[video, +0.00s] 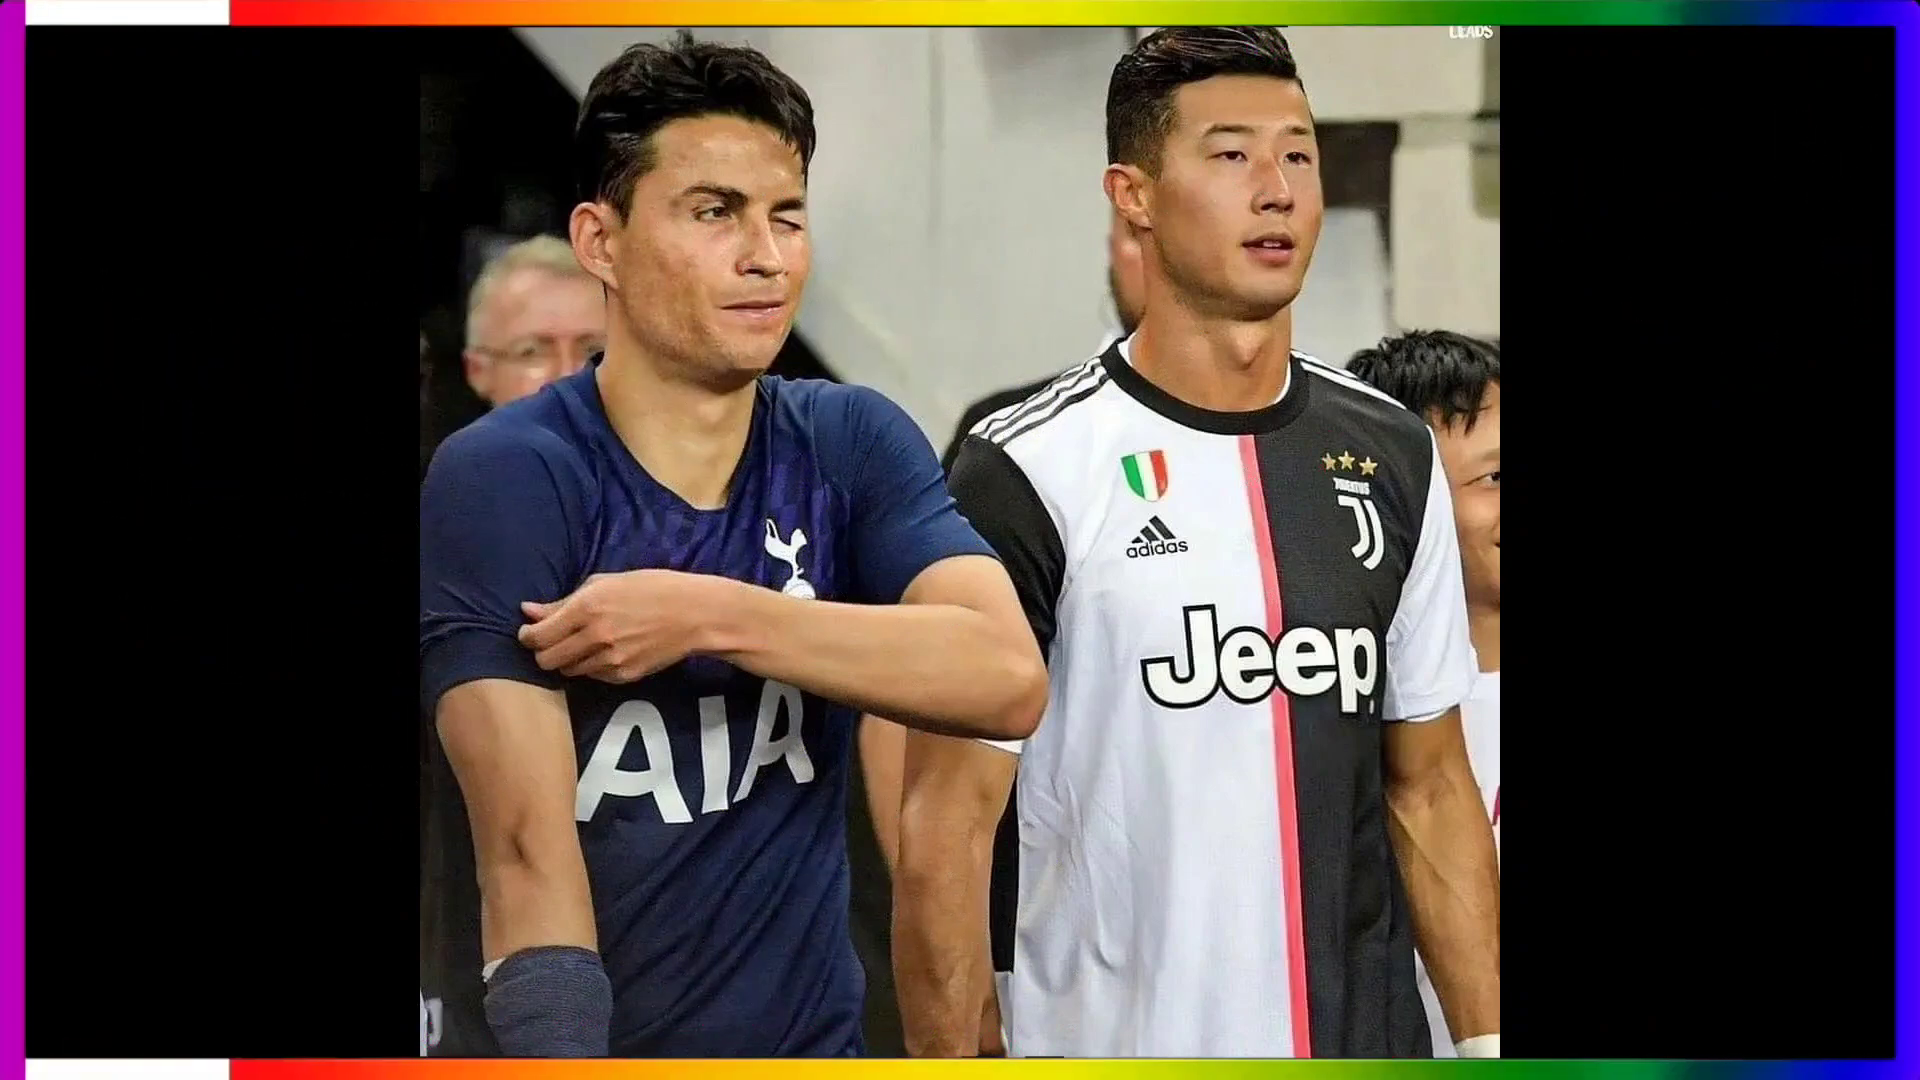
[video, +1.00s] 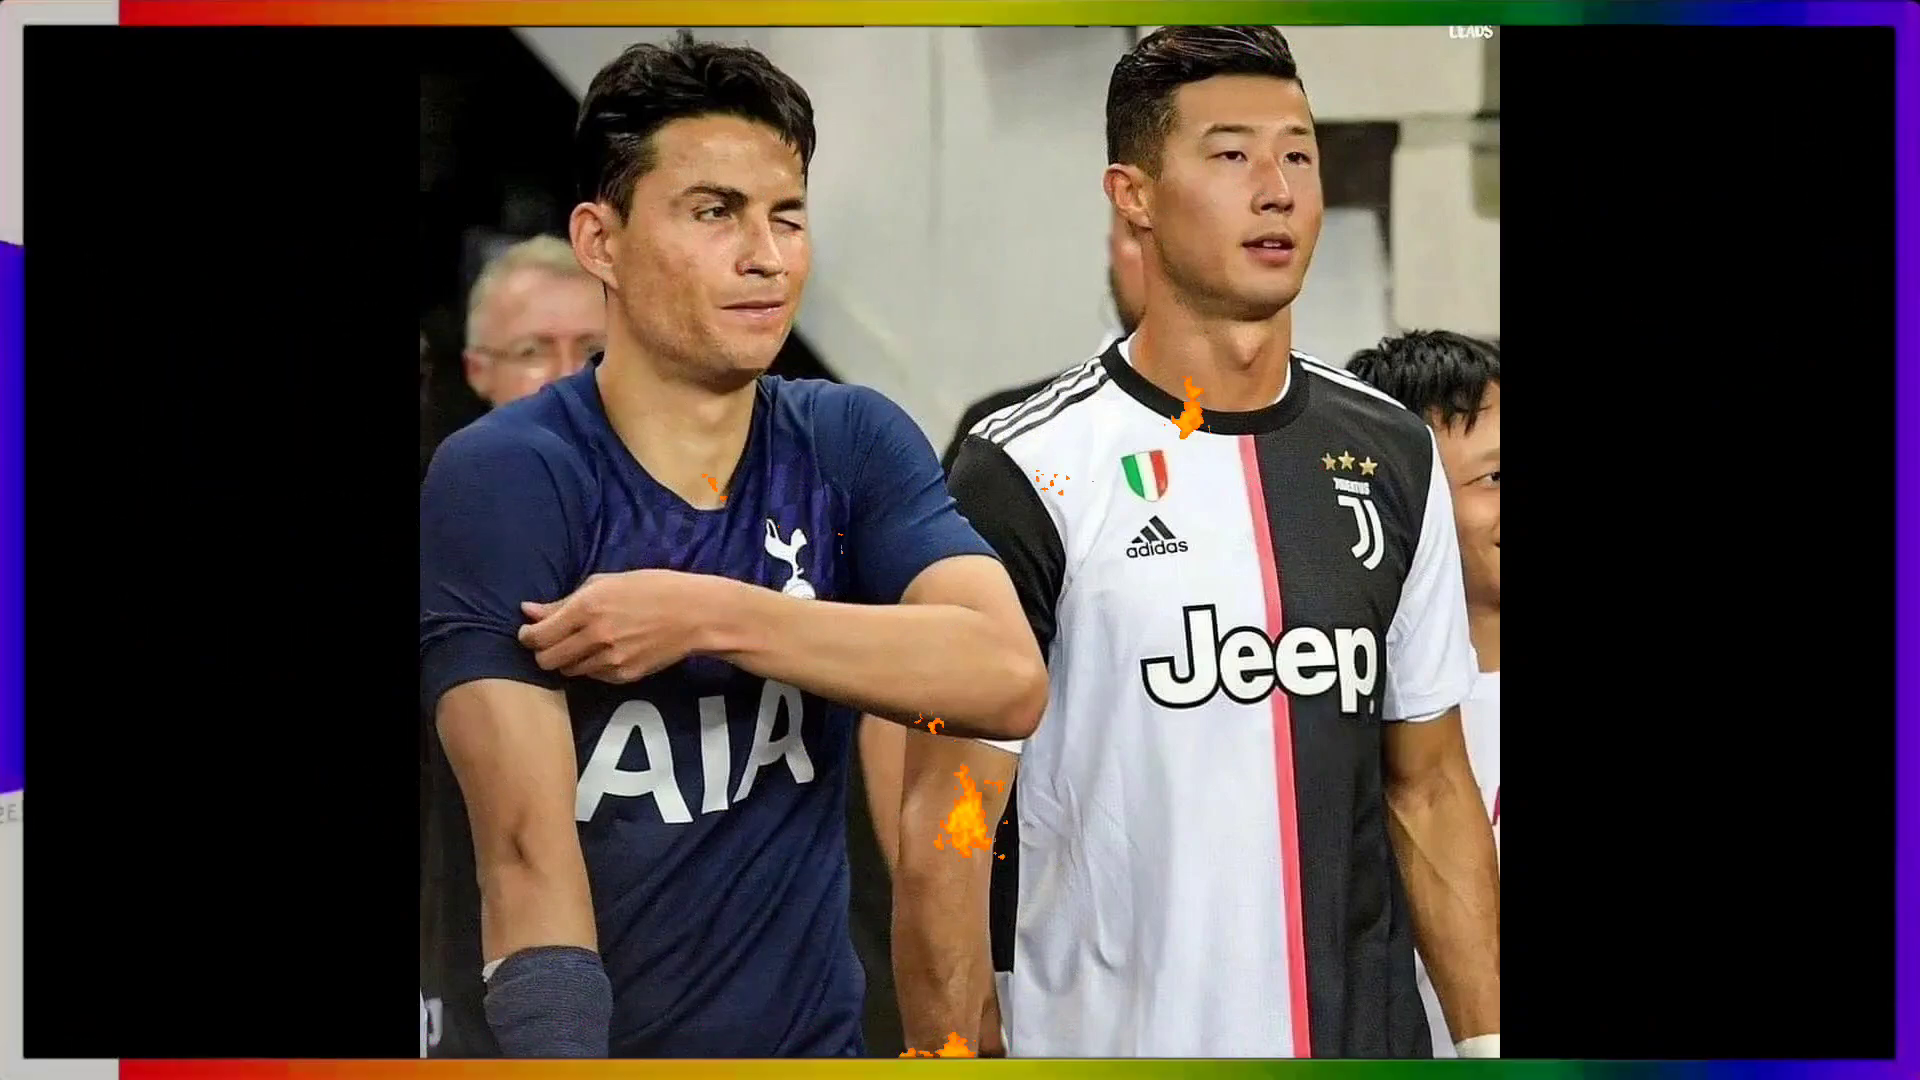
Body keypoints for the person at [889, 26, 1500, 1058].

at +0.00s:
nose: (1279, 193)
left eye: (1297, 159)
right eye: (1230, 157)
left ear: (1319, 186)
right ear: (1134, 198)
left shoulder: (1392, 451)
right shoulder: (1022, 462)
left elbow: (1430, 784)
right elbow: (949, 816)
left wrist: (1484, 1045)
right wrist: (953, 1067)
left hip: (1358, 1046)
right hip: (1108, 1045)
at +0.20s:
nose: (1279, 193)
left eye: (1297, 159)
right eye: (1230, 156)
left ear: (1319, 187)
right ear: (1134, 198)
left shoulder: (1392, 451)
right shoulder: (1022, 462)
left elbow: (1431, 785)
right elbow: (948, 816)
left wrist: (1482, 1047)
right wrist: (953, 1065)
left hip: (1358, 1045)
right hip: (1108, 1045)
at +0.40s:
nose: (1279, 193)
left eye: (1297, 159)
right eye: (1230, 156)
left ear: (1319, 187)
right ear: (1134, 198)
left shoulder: (1392, 450)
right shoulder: (1022, 462)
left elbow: (1431, 785)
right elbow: (948, 817)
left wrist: (1481, 1045)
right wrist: (954, 1068)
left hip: (1360, 1045)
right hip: (1110, 1048)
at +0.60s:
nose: (1279, 193)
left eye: (1297, 159)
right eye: (1230, 157)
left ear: (1319, 187)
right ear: (1134, 198)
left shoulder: (1392, 450)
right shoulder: (1022, 462)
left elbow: (1431, 785)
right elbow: (948, 817)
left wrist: (1484, 1046)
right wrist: (951, 1063)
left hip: (1361, 1045)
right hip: (1108, 1046)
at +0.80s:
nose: (1279, 193)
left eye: (1297, 158)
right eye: (1230, 156)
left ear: (1319, 186)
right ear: (1134, 197)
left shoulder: (1392, 451)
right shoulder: (1022, 462)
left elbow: (1431, 785)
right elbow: (948, 817)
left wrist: (1482, 1046)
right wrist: (952, 1068)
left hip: (1360, 1043)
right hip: (1109, 1044)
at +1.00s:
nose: (1280, 193)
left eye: (1298, 158)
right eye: (1230, 156)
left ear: (1320, 186)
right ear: (1133, 199)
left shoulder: (1392, 453)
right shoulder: (1021, 461)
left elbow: (1430, 785)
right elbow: (946, 818)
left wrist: (1484, 1045)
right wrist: (946, 1062)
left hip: (1359, 1045)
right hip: (1107, 1045)